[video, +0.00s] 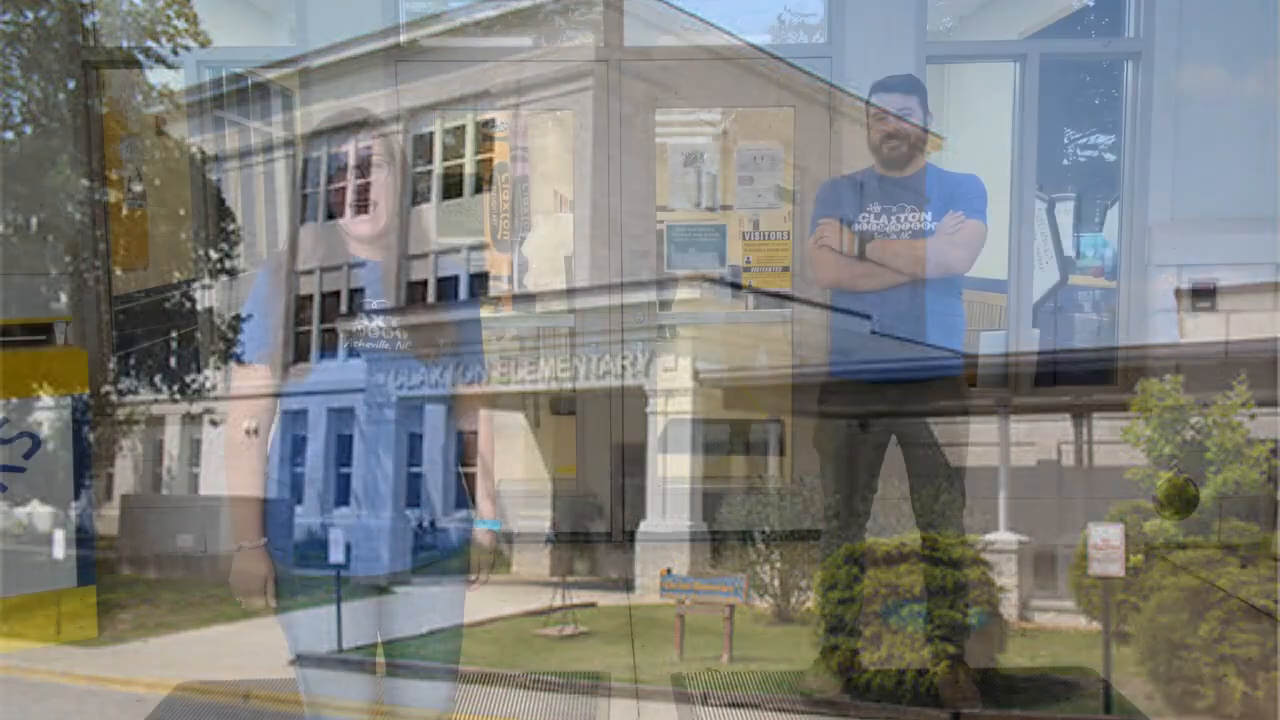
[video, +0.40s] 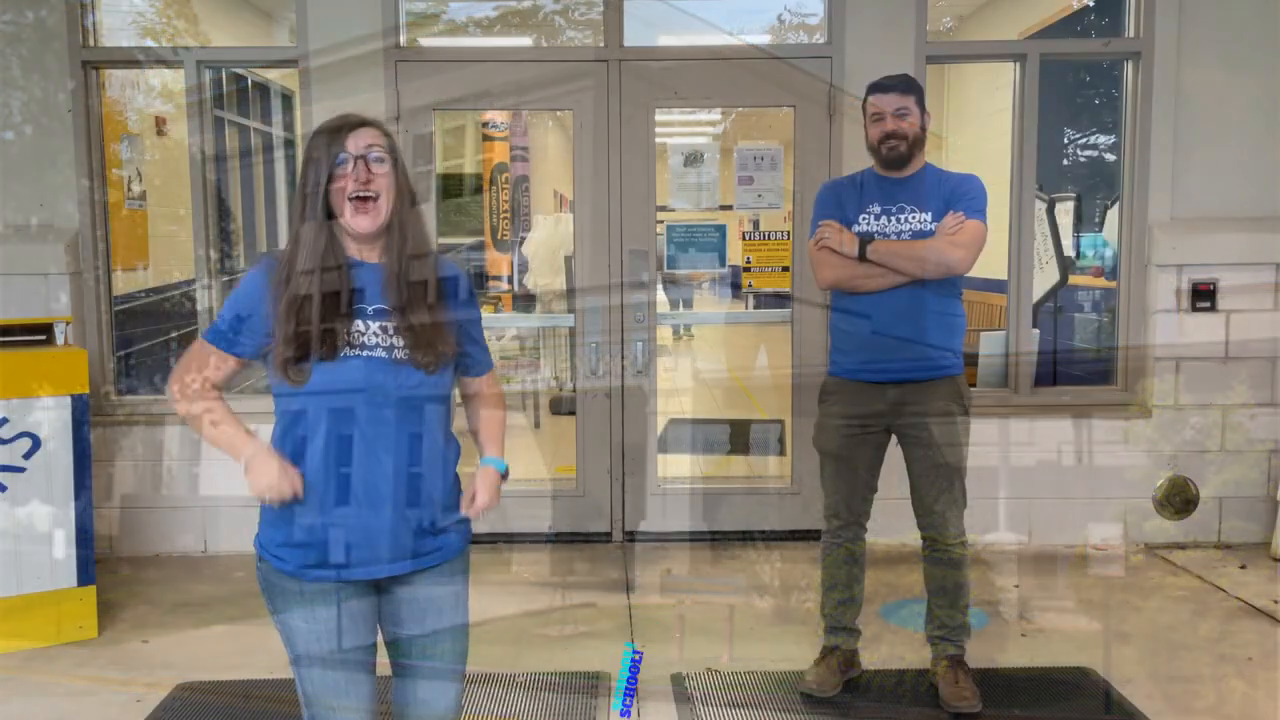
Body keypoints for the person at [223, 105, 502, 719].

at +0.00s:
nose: (355, 183)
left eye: (371, 165)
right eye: (337, 170)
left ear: (403, 178)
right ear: (319, 187)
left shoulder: (446, 278)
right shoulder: (287, 281)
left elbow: (474, 405)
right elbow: (248, 416)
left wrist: (486, 516)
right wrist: (248, 541)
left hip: (429, 541)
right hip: (316, 545)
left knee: (425, 706)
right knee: (340, 706)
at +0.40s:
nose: (360, 172)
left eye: (375, 158)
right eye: (342, 161)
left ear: (399, 181)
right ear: (319, 187)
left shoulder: (442, 282)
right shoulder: (280, 281)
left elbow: (482, 388)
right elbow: (189, 382)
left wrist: (492, 465)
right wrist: (255, 455)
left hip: (429, 542)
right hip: (315, 552)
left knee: (435, 709)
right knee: (342, 710)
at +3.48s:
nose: (331, 257)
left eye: (343, 241)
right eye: (313, 248)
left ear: (371, 250)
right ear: (292, 266)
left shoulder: (412, 347)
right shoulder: (271, 333)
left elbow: (516, 400)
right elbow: (167, 264)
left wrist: (626, 420)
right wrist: (40, 188)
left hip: (421, 595)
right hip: (317, 609)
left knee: (538, 691)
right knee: (382, 711)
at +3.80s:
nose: (336, 256)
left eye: (349, 239)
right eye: (318, 245)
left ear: (375, 252)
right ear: (295, 264)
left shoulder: (416, 344)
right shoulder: (273, 333)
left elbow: (530, 398)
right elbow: (179, 251)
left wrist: (640, 422)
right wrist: (50, 169)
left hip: (419, 596)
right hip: (312, 607)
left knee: (541, 698)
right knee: (374, 707)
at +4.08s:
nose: (322, 249)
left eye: (336, 231)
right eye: (305, 239)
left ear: (368, 244)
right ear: (287, 260)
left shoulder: (417, 331)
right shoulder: (269, 329)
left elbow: (531, 388)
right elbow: (176, 253)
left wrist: (650, 414)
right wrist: (55, 158)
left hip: (424, 582)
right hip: (311, 593)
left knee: (534, 680)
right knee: (362, 703)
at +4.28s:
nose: (324, 244)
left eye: (337, 226)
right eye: (305, 234)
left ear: (369, 237)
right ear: (286, 254)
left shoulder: (423, 322)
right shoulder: (269, 323)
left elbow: (535, 382)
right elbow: (164, 254)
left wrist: (655, 411)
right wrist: (41, 169)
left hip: (427, 579)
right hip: (312, 588)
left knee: (537, 668)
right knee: (359, 704)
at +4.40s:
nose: (328, 243)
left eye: (342, 225)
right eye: (310, 233)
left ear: (373, 236)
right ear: (290, 252)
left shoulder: (427, 321)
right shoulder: (273, 321)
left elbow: (535, 378)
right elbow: (167, 258)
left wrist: (657, 408)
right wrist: (43, 176)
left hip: (429, 574)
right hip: (315, 583)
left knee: (536, 675)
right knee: (356, 705)